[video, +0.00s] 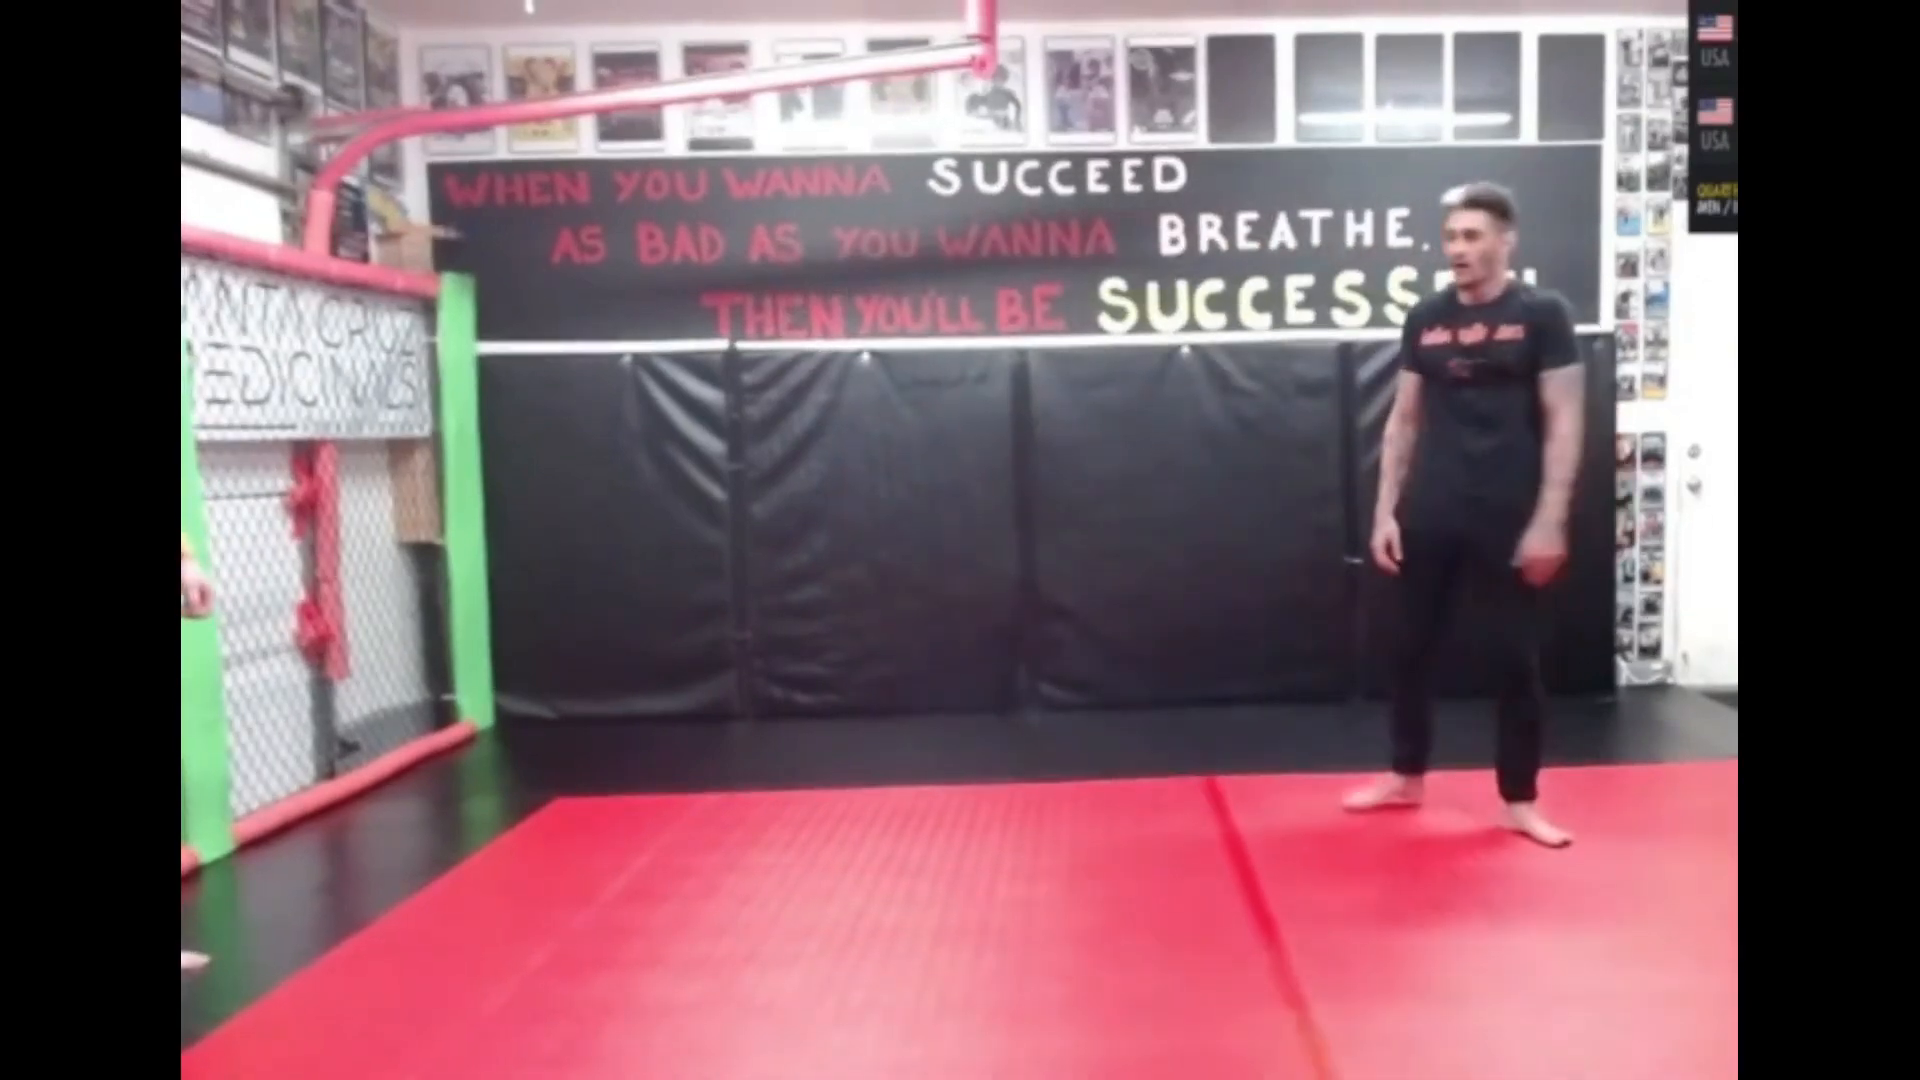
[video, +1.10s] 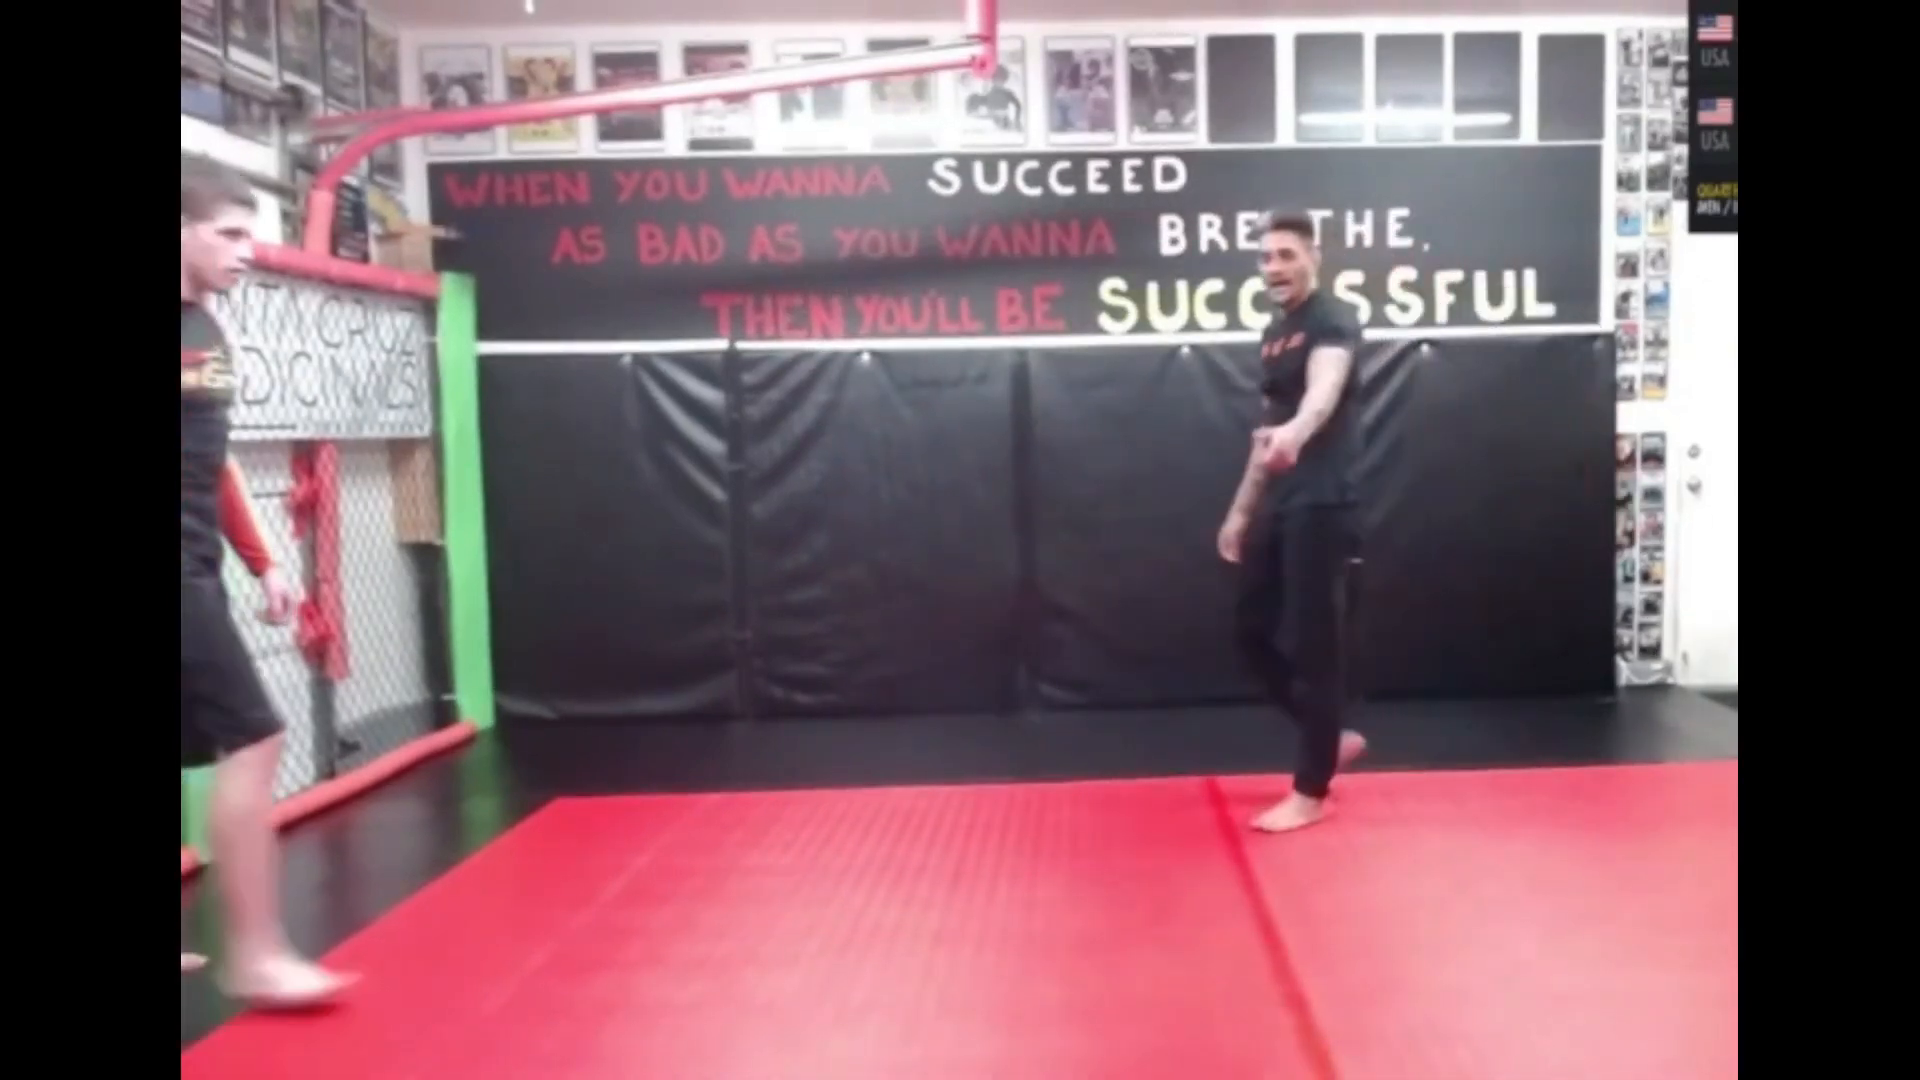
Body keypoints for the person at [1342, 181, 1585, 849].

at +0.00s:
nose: (1459, 248)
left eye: (1472, 236)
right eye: (1450, 237)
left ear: (1507, 241)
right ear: (1443, 245)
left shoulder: (1542, 317)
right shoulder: (1425, 320)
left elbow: (1564, 425)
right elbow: (1403, 420)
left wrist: (1549, 521)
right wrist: (1385, 510)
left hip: (1513, 514)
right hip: (1434, 509)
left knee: (1518, 656)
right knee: (1412, 643)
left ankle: (1520, 799)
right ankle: (1404, 775)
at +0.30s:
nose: (1408, 268)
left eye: (1421, 256)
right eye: (1402, 258)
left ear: (1454, 263)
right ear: (1397, 268)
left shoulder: (1481, 334)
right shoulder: (1386, 343)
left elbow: (1492, 433)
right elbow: (1371, 437)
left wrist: (1457, 518)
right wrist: (1360, 522)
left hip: (1460, 518)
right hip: (1391, 521)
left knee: (1488, 654)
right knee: (1395, 645)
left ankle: (1514, 797)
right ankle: (1404, 759)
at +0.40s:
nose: (1382, 271)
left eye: (1393, 259)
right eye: (1374, 261)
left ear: (1422, 263)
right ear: (1367, 270)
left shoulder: (1445, 329)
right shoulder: (1358, 344)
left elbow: (1457, 414)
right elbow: (1345, 433)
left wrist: (1422, 472)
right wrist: (1324, 516)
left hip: (1422, 494)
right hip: (1366, 497)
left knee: (1422, 632)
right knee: (1378, 628)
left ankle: (1459, 785)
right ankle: (1404, 756)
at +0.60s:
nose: (1355, 270)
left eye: (1367, 259)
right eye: (1348, 261)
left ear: (1394, 265)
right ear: (1342, 271)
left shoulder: (1416, 322)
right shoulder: (1340, 344)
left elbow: (1430, 387)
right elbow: (1327, 437)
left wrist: (1421, 434)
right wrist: (1300, 518)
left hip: (1406, 490)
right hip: (1355, 494)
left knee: (1377, 626)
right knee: (1375, 626)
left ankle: (1375, 779)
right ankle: (1404, 759)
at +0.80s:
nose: (1314, 274)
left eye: (1326, 263)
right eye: (1307, 264)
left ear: (1355, 267)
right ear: (1302, 273)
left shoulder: (1377, 325)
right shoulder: (1309, 347)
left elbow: (1379, 397)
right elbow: (1298, 441)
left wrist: (1352, 418)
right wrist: (1276, 523)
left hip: (1367, 503)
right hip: (1324, 503)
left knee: (1333, 636)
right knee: (1356, 633)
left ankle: (1309, 788)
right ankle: (1403, 758)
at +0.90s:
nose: (1289, 267)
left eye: (1301, 255)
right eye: (1281, 257)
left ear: (1330, 260)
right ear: (1273, 266)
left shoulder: (1347, 316)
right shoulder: (1287, 334)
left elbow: (1342, 388)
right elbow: (1278, 429)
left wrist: (1300, 423)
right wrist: (1255, 513)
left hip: (1336, 499)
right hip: (1296, 501)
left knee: (1319, 641)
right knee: (1285, 640)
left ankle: (1310, 789)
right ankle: (1367, 736)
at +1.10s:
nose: (1274, 267)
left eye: (1286, 255)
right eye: (1267, 257)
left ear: (1314, 258)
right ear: (1263, 265)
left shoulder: (1333, 319)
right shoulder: (1277, 335)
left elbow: (1323, 395)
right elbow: (1267, 433)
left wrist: (1294, 434)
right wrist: (1239, 512)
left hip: (1322, 502)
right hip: (1279, 504)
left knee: (1314, 641)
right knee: (1254, 633)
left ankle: (1310, 790)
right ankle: (1330, 735)